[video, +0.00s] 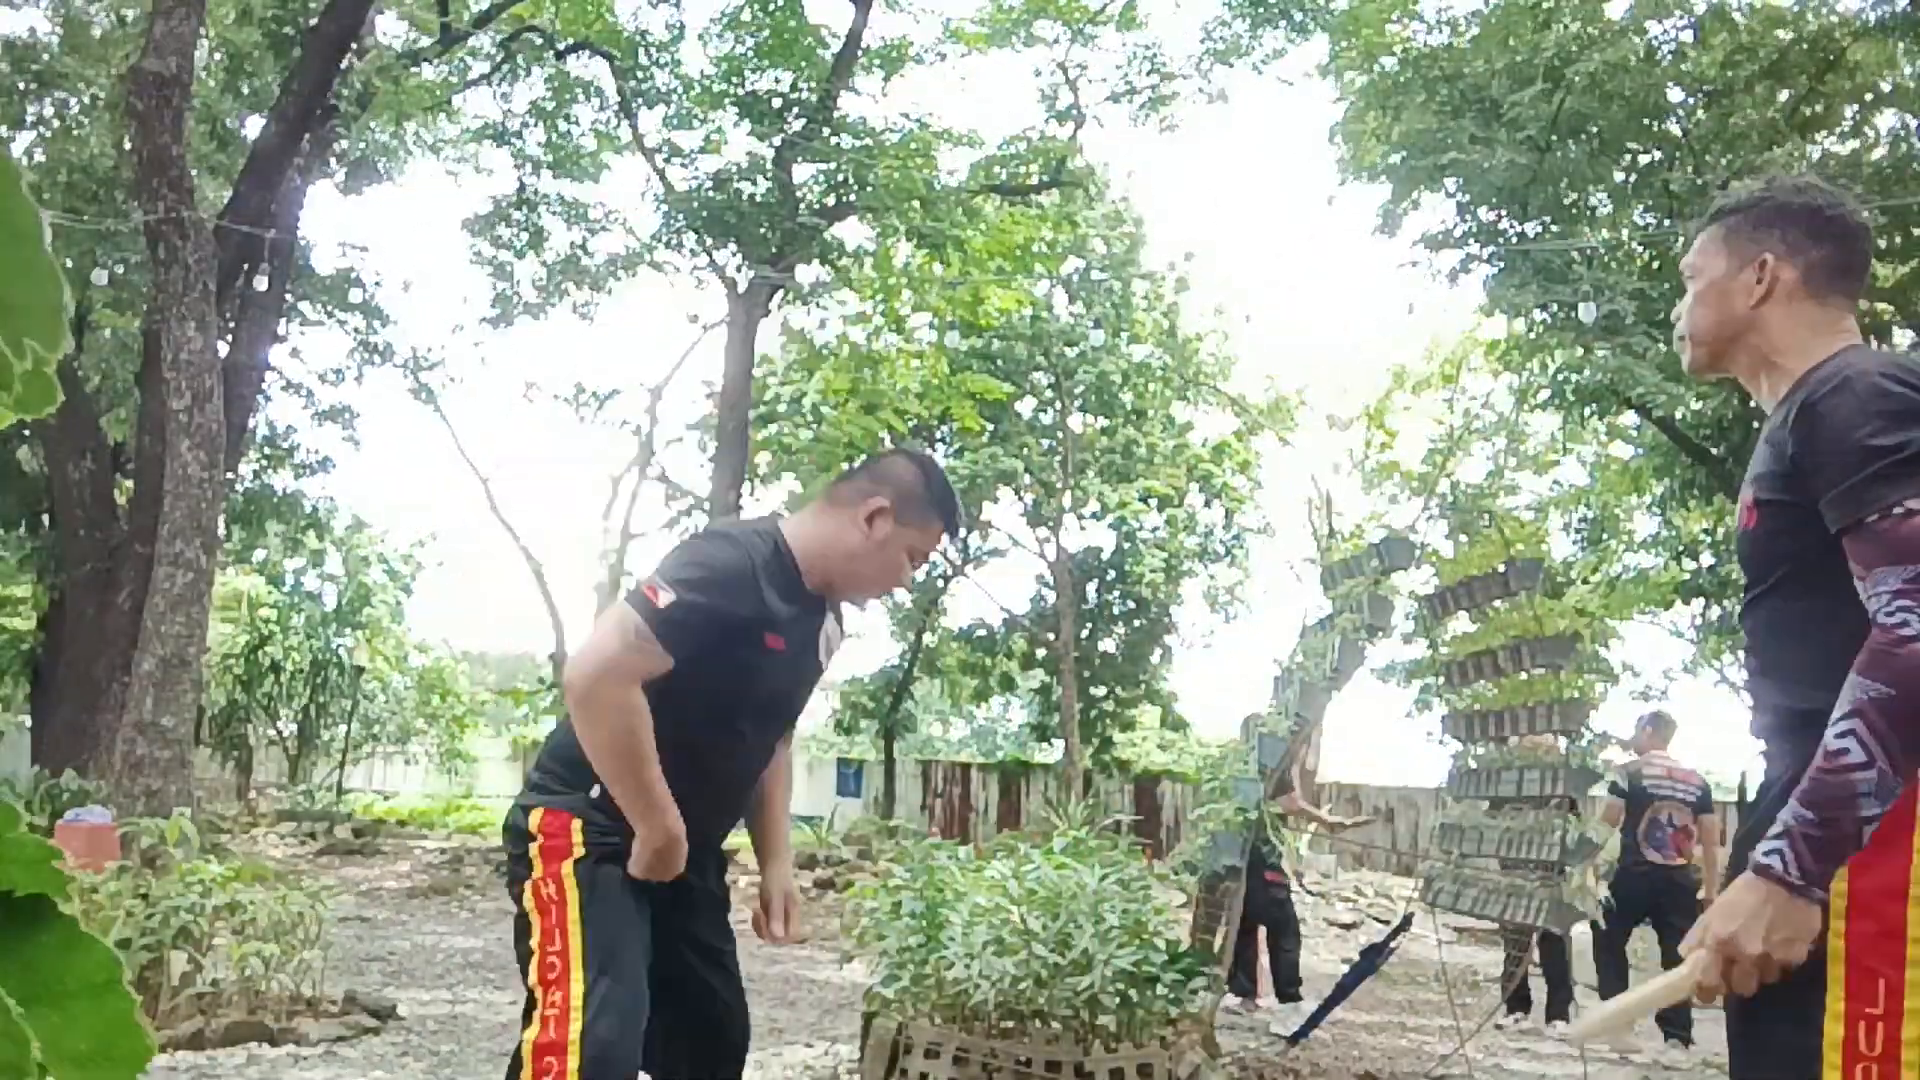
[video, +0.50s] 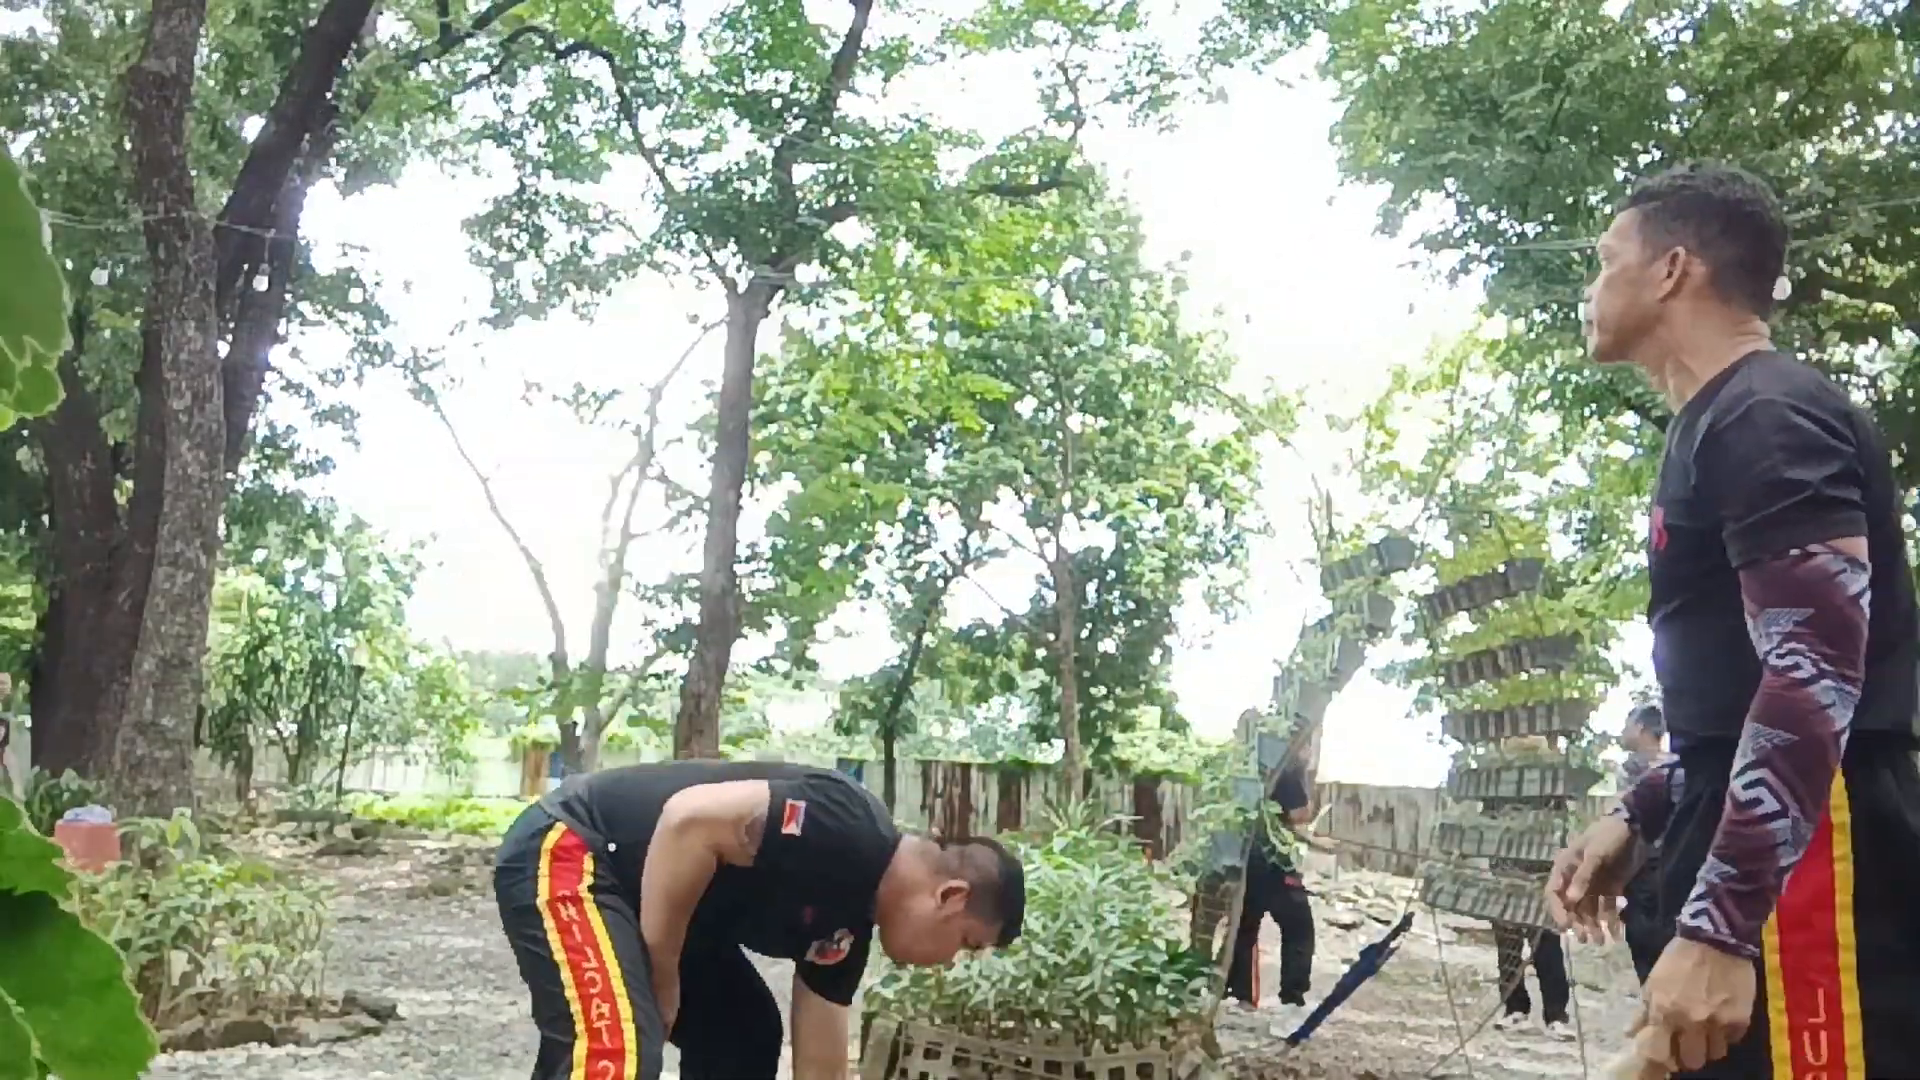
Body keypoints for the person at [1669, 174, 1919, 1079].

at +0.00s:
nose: (1679, 316)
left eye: (1691, 285)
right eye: (1681, 291)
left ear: (1763, 277)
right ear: (1763, 283)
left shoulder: (1852, 396)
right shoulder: (1811, 414)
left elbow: (1908, 634)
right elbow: (1850, 661)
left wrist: (1789, 866)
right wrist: (1769, 865)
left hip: (1862, 832)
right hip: (1821, 828)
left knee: (1827, 1059)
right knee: (1786, 1054)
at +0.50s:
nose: (1589, 287)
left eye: (1605, 258)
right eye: (1595, 262)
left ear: (1673, 269)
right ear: (1675, 272)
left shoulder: (1769, 412)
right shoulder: (1710, 426)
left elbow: (1812, 675)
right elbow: (1731, 695)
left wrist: (1720, 924)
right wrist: (1634, 821)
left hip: (1809, 827)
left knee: (1813, 1058)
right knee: (1745, 1060)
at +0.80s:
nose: (1584, 335)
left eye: (1605, 305)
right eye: (1590, 312)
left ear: (1680, 313)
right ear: (1672, 322)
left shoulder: (1758, 437)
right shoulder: (1687, 464)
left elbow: (1798, 681)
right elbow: (1649, 686)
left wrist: (1736, 902)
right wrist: (1547, 589)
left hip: (1768, 828)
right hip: (1697, 821)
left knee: (1777, 1058)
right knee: (1692, 1059)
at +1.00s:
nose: (1581, 342)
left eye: (1609, 321)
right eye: (1584, 326)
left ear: (1689, 339)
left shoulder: (1768, 459)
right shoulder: (1650, 506)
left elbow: (1833, 681)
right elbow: (1619, 704)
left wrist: (1794, 899)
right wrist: (1480, 652)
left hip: (1765, 820)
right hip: (1666, 826)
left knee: (1770, 1059)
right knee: (1660, 1058)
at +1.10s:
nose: (1590, 347)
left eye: (1619, 325)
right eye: (1589, 332)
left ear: (1699, 343)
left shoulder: (1781, 466)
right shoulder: (1644, 510)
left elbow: (1853, 692)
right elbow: (1633, 716)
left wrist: (1798, 897)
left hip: (1763, 833)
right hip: (1648, 838)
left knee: (1778, 1062)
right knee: (1646, 1063)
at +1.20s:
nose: (1598, 344)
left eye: (1627, 320)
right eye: (1594, 330)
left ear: (1709, 341)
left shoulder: (1783, 466)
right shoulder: (1640, 512)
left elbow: (1867, 679)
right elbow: (1629, 721)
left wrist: (1795, 886)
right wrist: (1573, 878)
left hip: (1759, 828)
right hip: (1641, 834)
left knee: (1783, 1059)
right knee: (1634, 1059)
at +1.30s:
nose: (1600, 341)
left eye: (1631, 319)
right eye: (1595, 328)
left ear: (1711, 341)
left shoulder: (1785, 468)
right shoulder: (1637, 505)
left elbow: (1895, 667)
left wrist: (1775, 859)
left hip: (1750, 819)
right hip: (1635, 817)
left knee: (1773, 1061)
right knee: (1652, 1061)